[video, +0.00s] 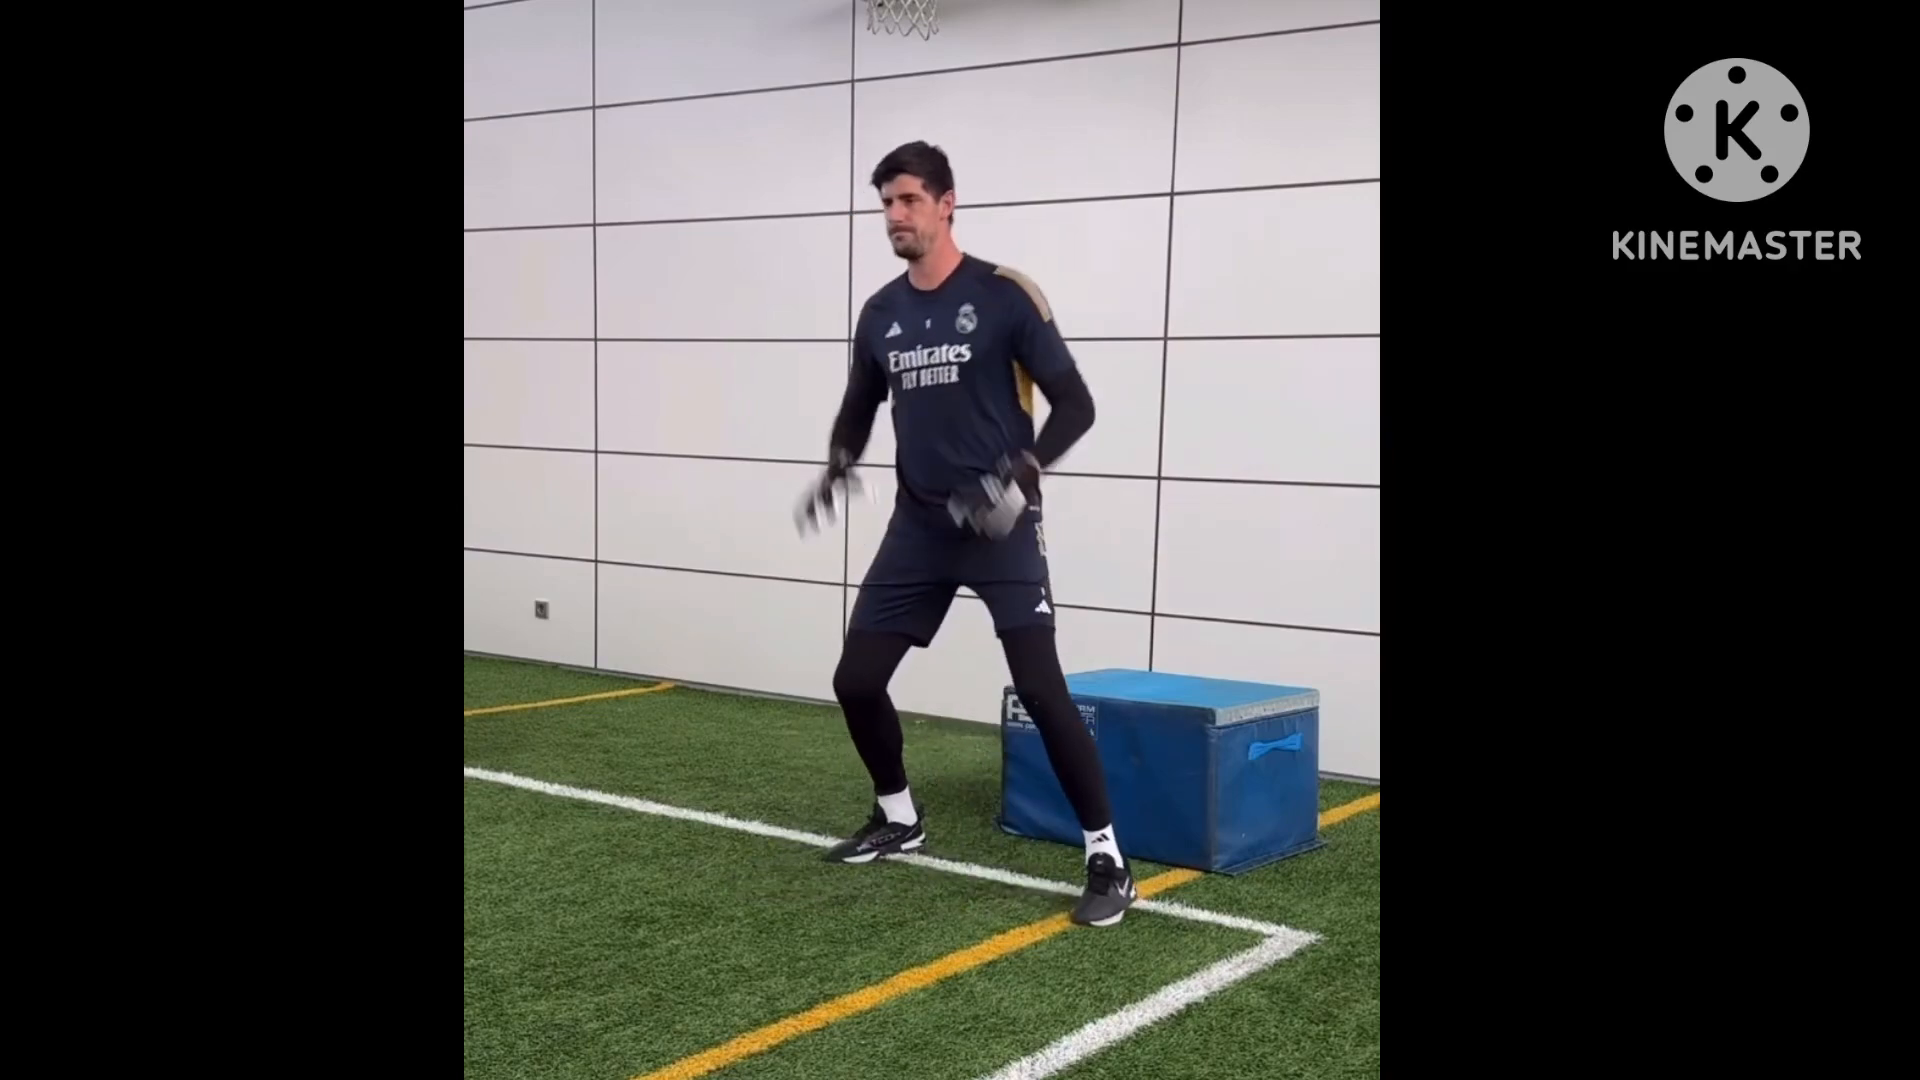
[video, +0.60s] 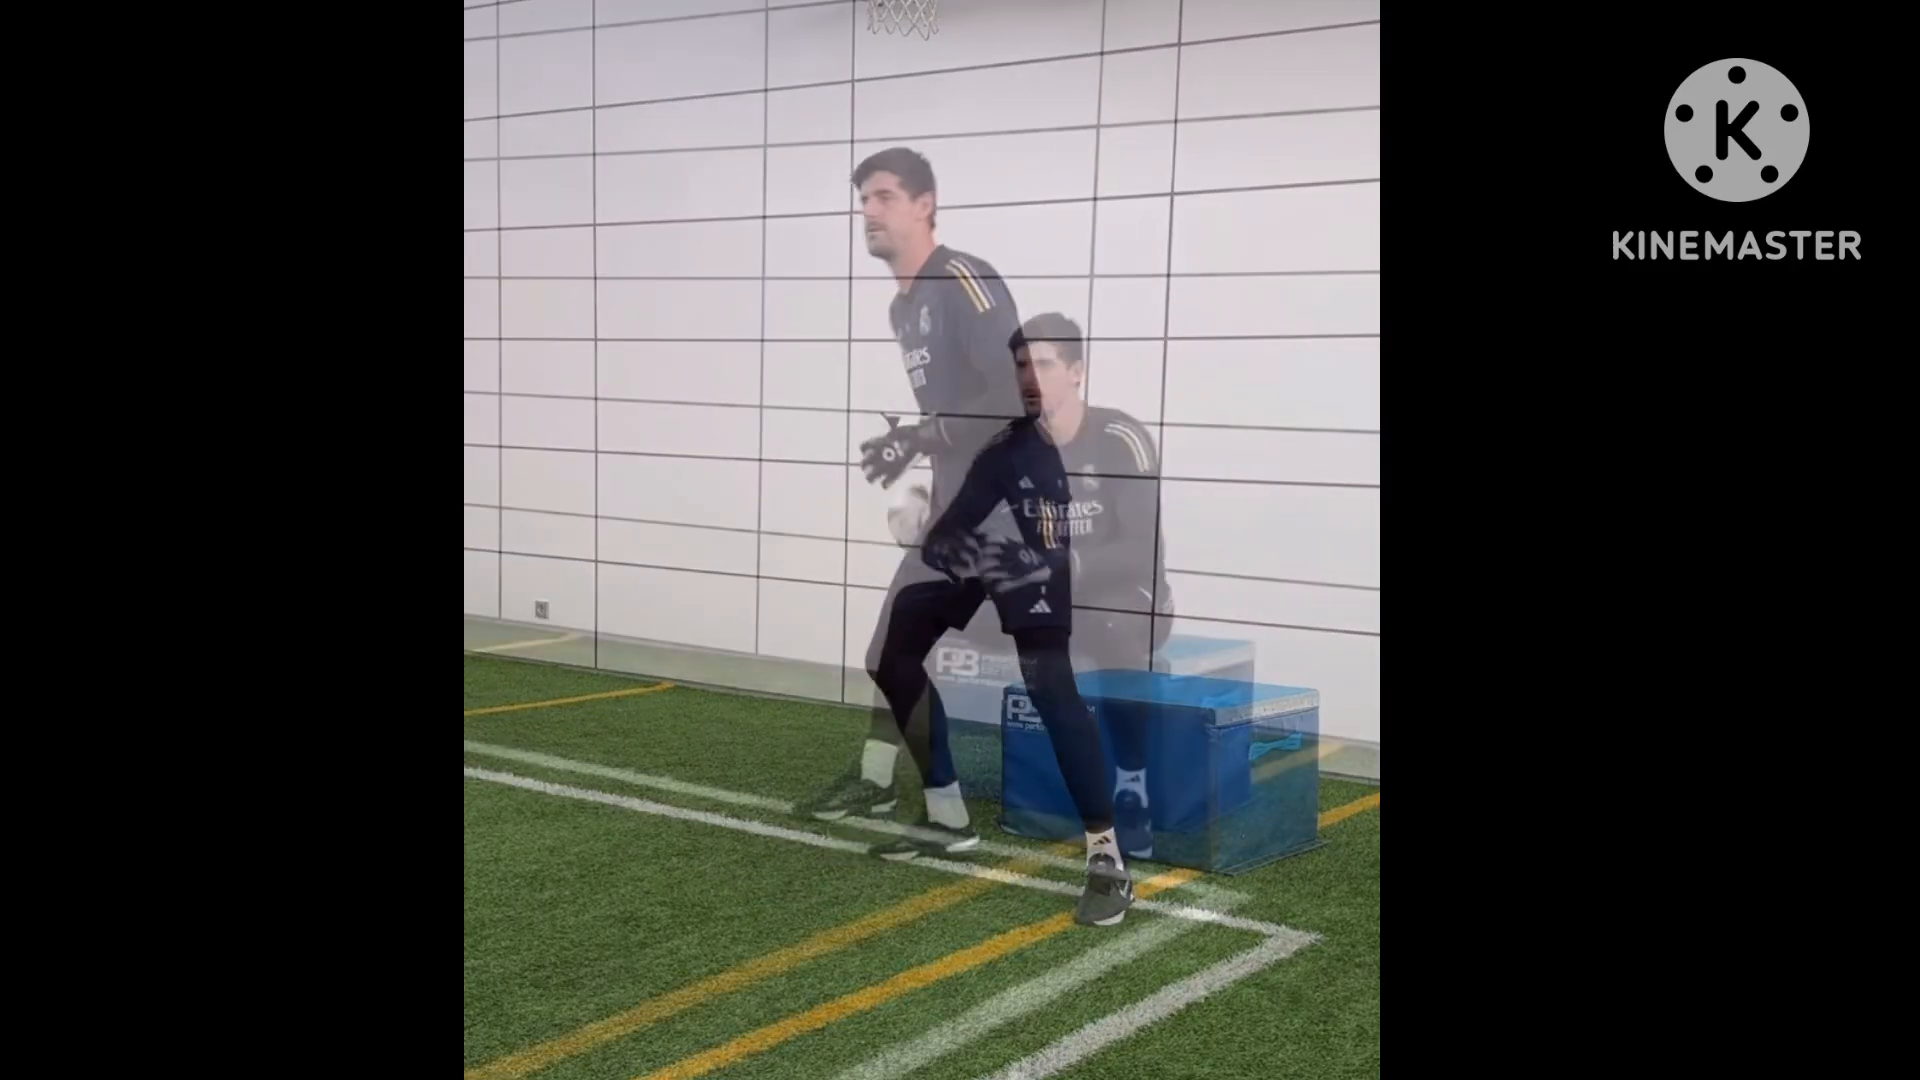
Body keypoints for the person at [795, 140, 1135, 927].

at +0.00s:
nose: (894, 216)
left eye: (908, 201)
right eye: (886, 204)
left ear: (946, 204)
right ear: (883, 213)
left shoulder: (1007, 296)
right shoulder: (880, 314)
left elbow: (1076, 406)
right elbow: (859, 404)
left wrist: (1024, 473)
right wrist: (838, 465)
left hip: (1002, 522)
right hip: (918, 523)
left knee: (1040, 687)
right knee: (858, 680)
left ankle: (1105, 856)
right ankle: (898, 819)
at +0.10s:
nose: (922, 209)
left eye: (934, 194)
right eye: (913, 197)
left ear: (972, 194)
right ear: (908, 205)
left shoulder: (1020, 278)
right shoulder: (899, 296)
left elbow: (1055, 370)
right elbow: (831, 393)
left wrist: (964, 372)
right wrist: (816, 365)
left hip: (1010, 522)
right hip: (924, 523)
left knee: (1049, 687)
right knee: (866, 678)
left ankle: (1104, 854)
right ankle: (900, 818)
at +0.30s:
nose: (938, 197)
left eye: (952, 181)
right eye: (931, 185)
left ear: (992, 184)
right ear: (932, 194)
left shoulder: (1029, 264)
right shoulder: (934, 284)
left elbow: (985, 372)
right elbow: (912, 400)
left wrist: (893, 347)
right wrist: (854, 373)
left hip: (1015, 507)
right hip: (936, 506)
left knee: (1049, 685)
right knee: (888, 672)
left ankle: (1104, 854)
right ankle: (905, 823)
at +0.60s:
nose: (869, 212)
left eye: (884, 197)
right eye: (864, 201)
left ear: (925, 206)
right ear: (864, 215)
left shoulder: (967, 280)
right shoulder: (906, 307)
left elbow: (1010, 401)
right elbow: (954, 408)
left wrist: (924, 437)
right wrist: (915, 454)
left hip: (1017, 498)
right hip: (957, 503)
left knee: (1048, 678)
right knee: (892, 654)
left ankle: (1106, 850)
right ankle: (950, 816)